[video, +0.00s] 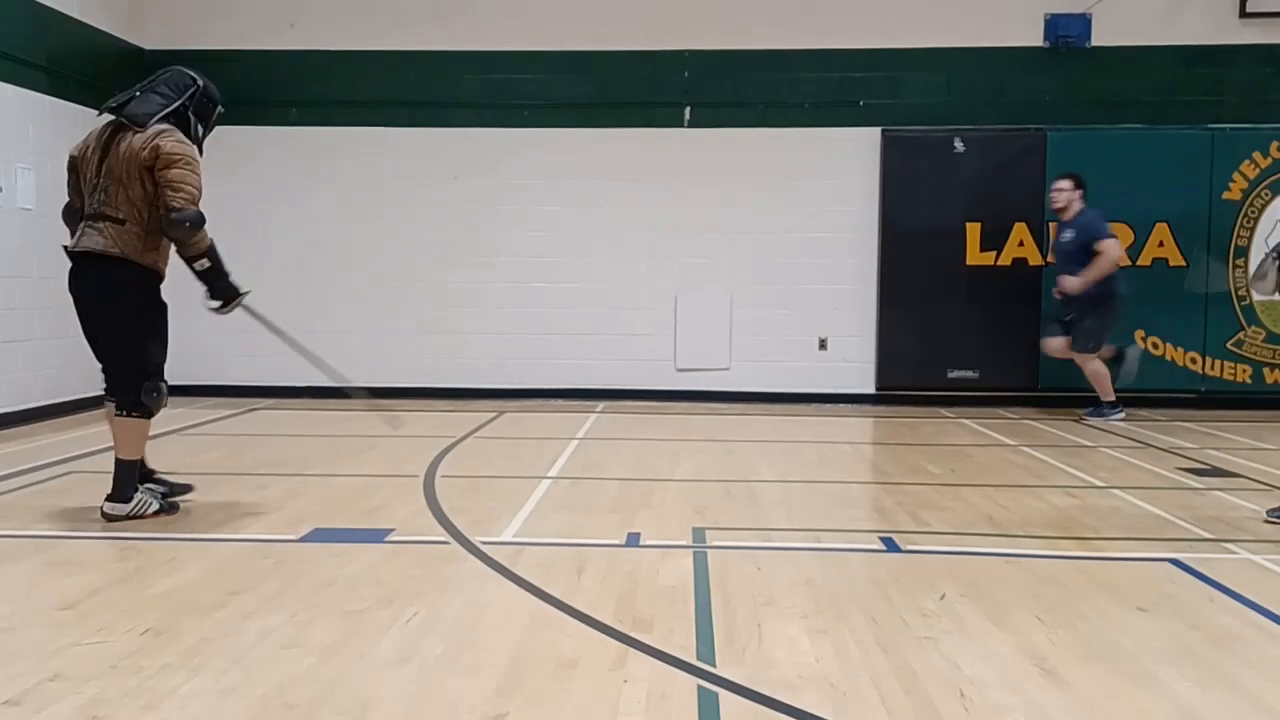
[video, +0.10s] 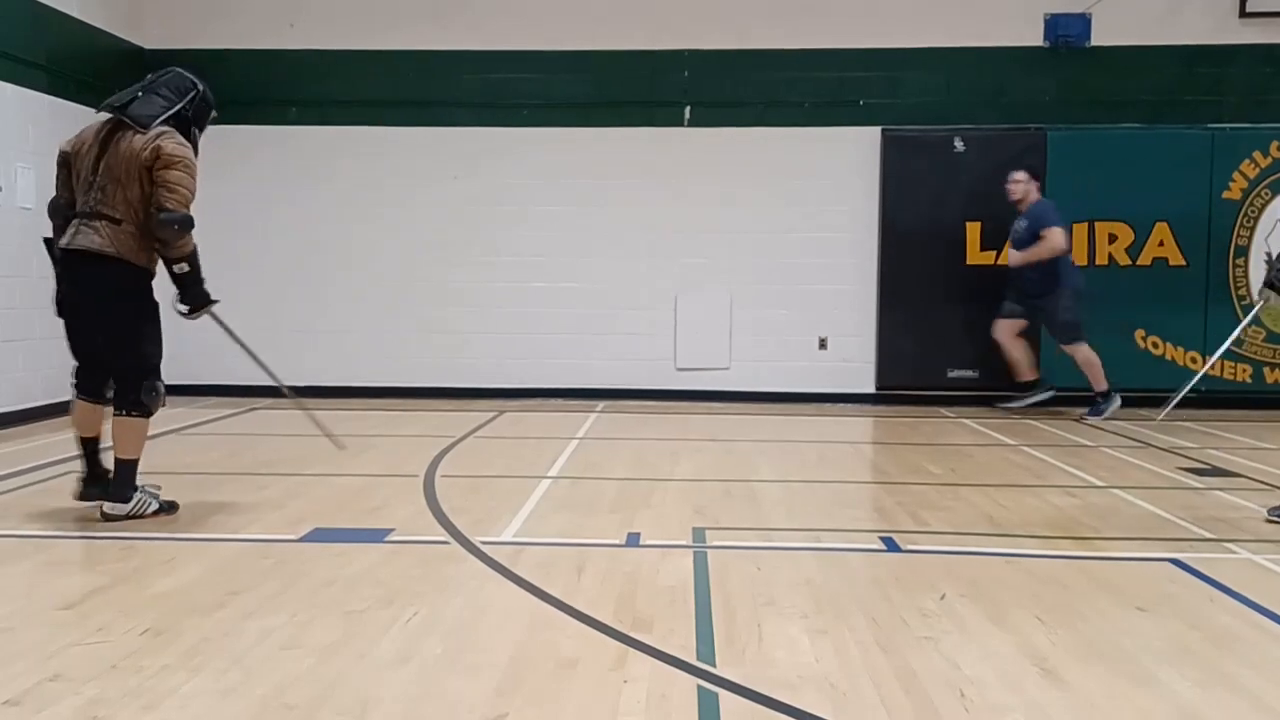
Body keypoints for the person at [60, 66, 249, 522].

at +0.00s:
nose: (204, 129)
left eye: (207, 120)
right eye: (204, 118)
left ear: (157, 95)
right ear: (188, 109)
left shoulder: (102, 134)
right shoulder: (172, 143)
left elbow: (76, 210)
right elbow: (183, 221)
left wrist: (98, 240)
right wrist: (216, 276)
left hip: (88, 271)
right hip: (128, 276)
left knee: (122, 376)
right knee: (140, 380)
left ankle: (137, 473)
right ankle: (124, 494)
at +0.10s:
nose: (198, 131)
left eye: (201, 123)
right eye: (199, 121)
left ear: (148, 98)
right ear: (185, 112)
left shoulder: (91, 135)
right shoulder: (171, 146)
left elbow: (62, 209)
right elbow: (170, 222)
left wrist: (70, 263)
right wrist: (190, 280)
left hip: (74, 269)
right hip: (122, 276)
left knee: (92, 371)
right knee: (140, 379)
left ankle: (93, 476)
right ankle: (124, 491)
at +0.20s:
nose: (188, 128)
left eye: (190, 120)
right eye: (188, 119)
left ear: (138, 96)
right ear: (175, 111)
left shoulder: (81, 134)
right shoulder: (165, 149)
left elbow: (49, 209)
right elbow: (166, 228)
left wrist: (50, 270)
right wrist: (176, 286)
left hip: (63, 274)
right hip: (116, 281)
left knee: (64, 371)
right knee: (138, 383)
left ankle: (41, 473)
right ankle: (124, 493)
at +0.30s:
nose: (175, 130)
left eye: (177, 122)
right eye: (175, 120)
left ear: (124, 97)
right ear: (162, 114)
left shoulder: (67, 138)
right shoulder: (153, 152)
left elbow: (36, 212)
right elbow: (160, 232)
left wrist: (42, 270)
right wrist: (168, 287)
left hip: (52, 279)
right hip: (108, 286)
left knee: (36, 372)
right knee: (140, 384)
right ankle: (125, 493)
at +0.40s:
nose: (156, 126)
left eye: (158, 118)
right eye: (156, 117)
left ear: (103, 99)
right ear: (145, 114)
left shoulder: (48, 143)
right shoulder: (137, 156)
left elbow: (22, 217)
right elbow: (148, 236)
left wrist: (30, 268)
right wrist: (157, 287)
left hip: (38, 291)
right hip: (95, 296)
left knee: (7, 378)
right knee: (142, 385)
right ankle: (124, 493)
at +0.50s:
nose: (132, 135)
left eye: (132, 125)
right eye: (131, 125)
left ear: (73, 110)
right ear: (119, 123)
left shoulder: (23, 155)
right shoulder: (113, 164)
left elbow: (1, 221)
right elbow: (130, 240)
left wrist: (12, 270)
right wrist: (147, 293)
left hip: (21, 307)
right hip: (78, 309)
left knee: (1, 383)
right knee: (141, 388)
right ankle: (126, 492)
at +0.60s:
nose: (100, 139)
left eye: (101, 128)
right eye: (99, 128)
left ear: (43, 116)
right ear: (85, 126)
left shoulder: (8, 162)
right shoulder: (80, 169)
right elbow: (105, 251)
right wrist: (132, 301)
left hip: (2, 312)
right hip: (51, 313)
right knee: (123, 392)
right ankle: (124, 493)